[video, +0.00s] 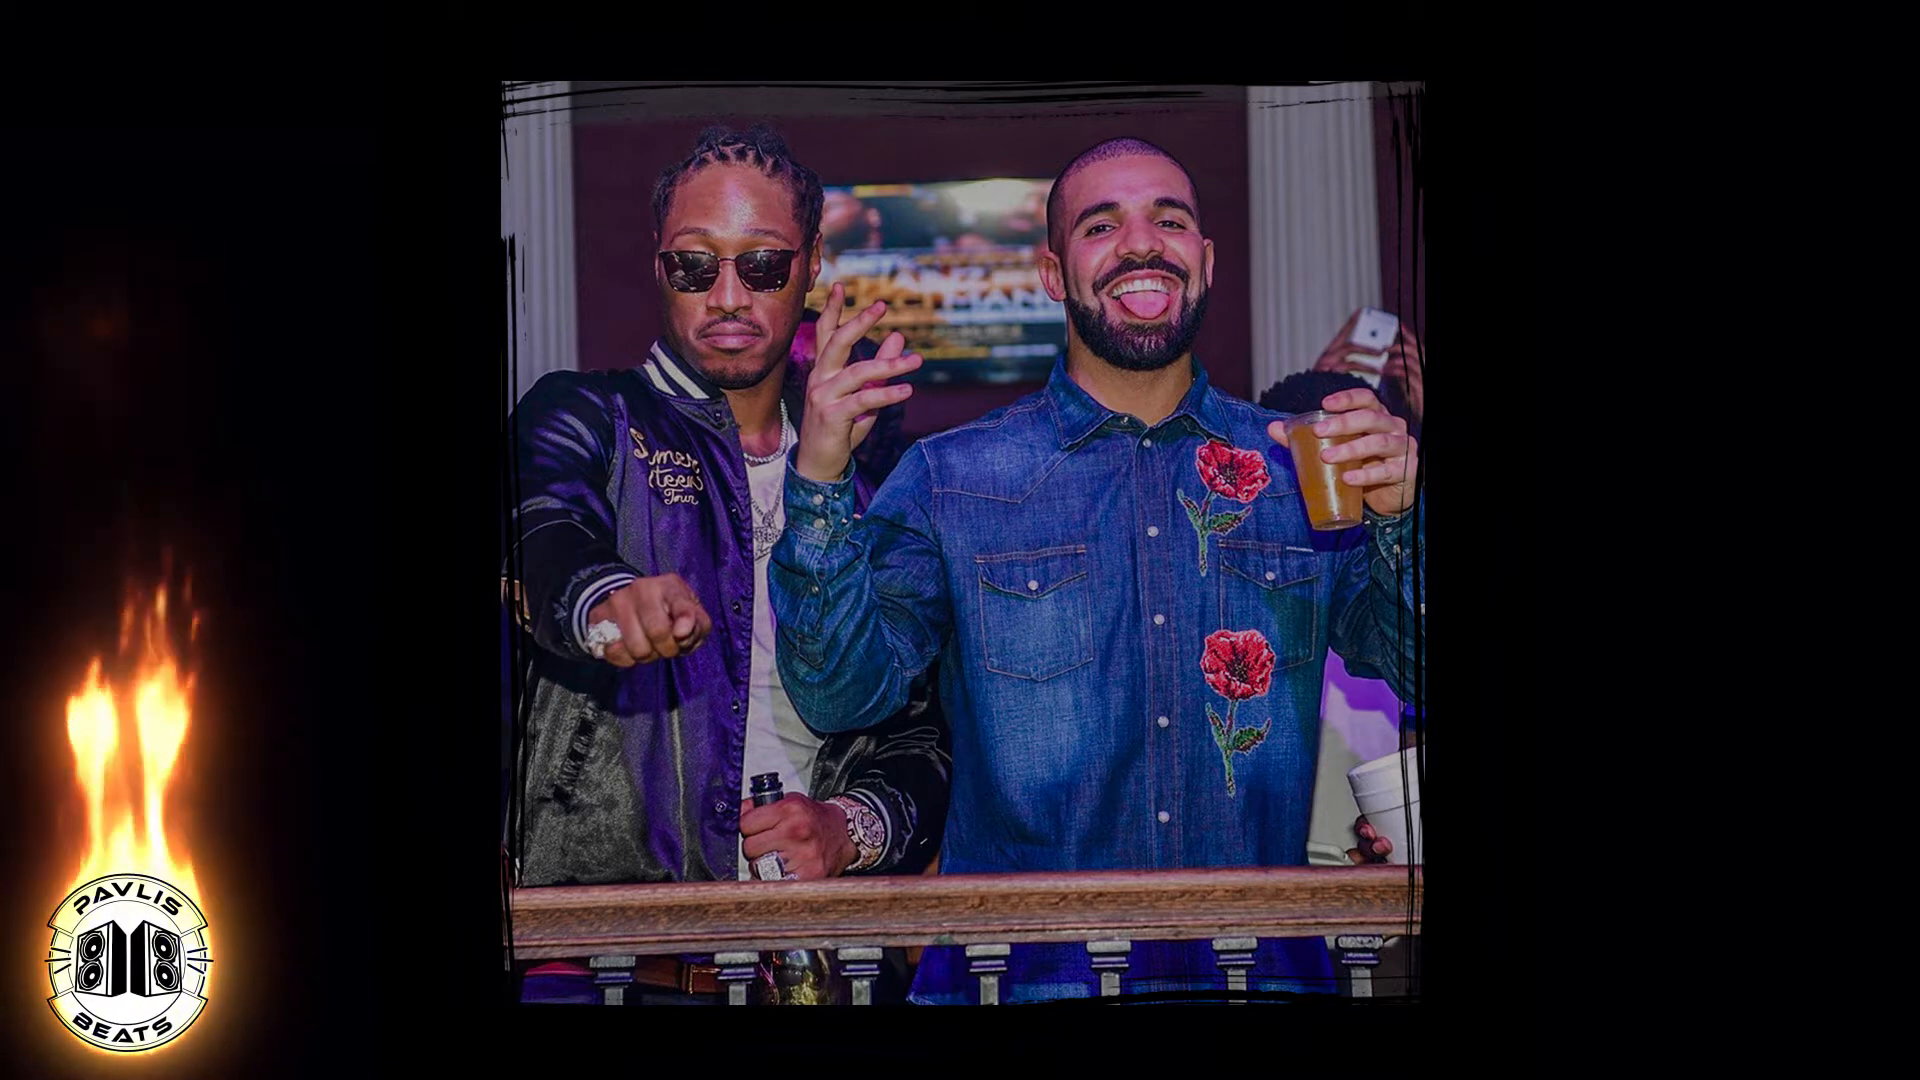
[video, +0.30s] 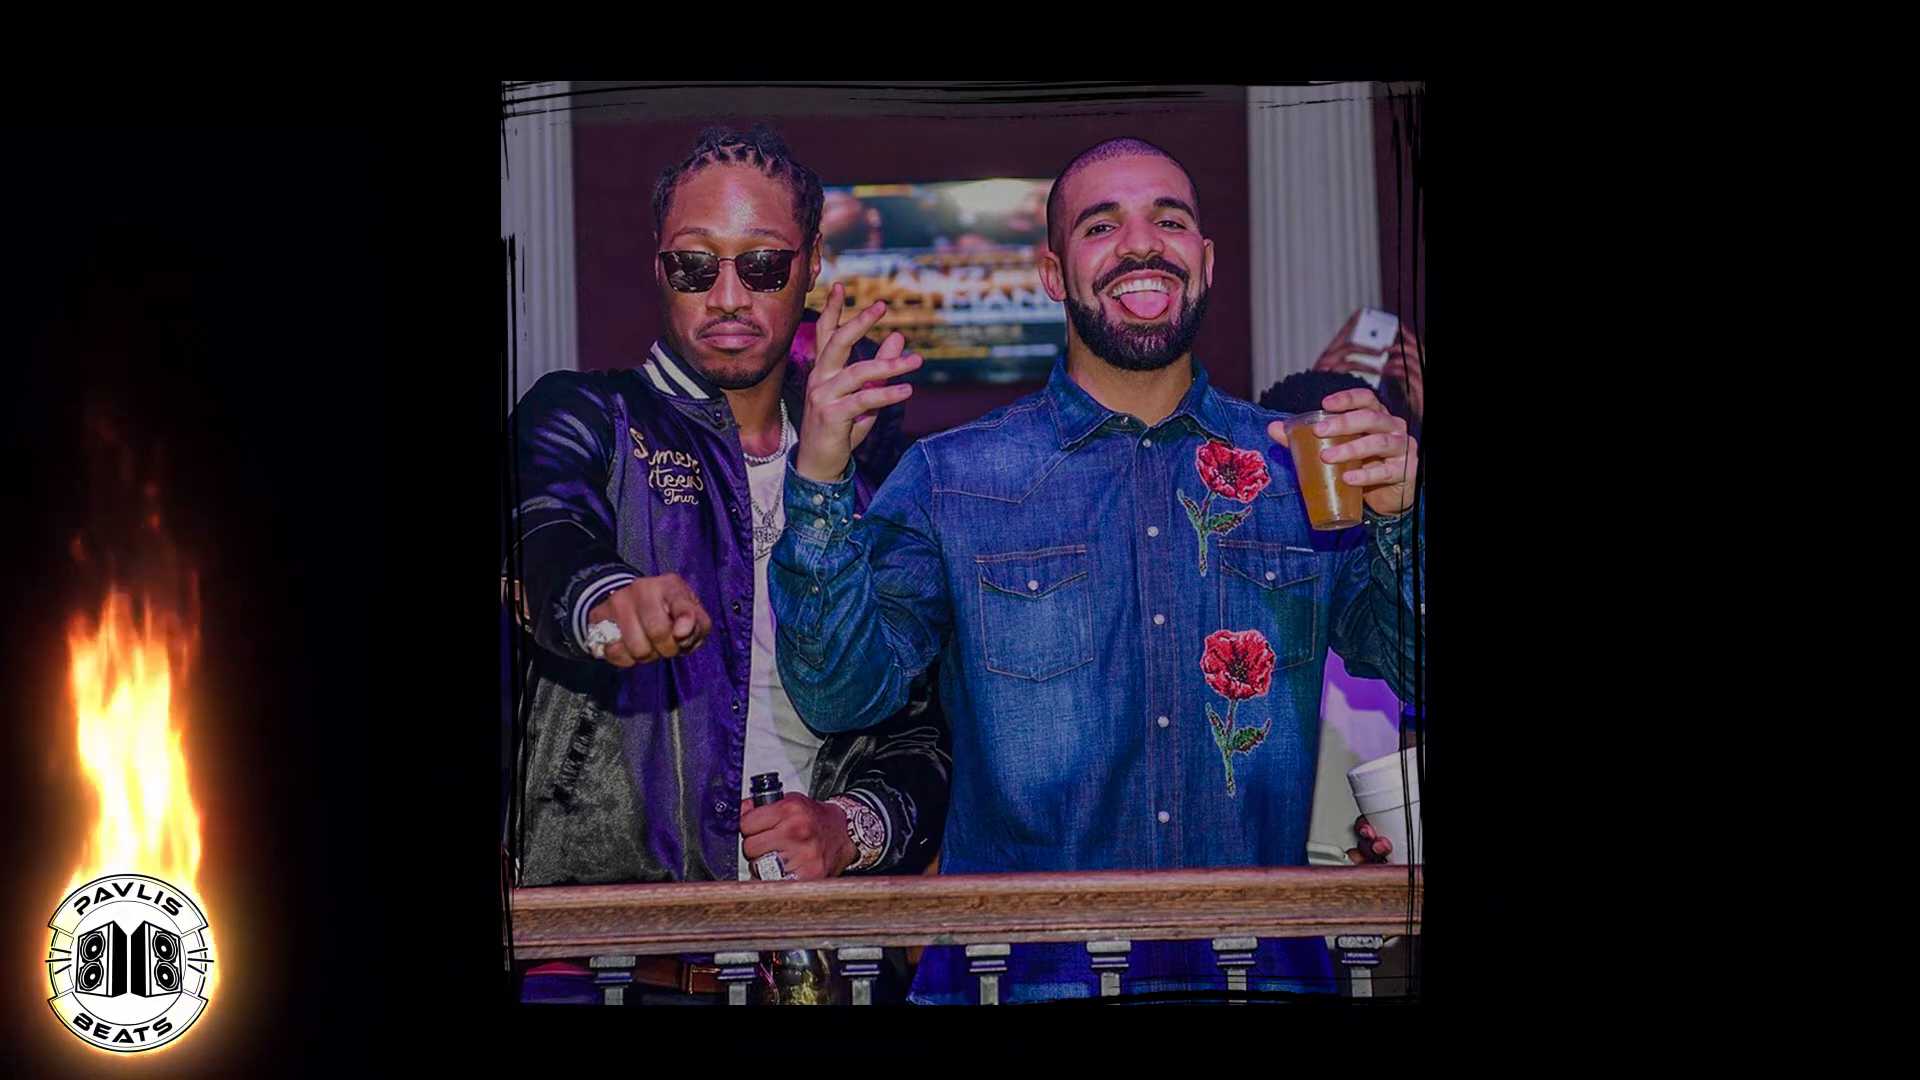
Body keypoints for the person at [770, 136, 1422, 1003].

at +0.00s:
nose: (1142, 242)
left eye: (1170, 219)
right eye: (1102, 225)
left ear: (1207, 259)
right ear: (1055, 273)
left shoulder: (1304, 469)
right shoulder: (945, 478)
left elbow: (1413, 673)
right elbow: (840, 692)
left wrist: (1402, 516)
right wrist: (818, 475)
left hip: (1255, 955)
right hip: (1022, 963)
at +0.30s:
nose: (1142, 242)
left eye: (1170, 219)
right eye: (1102, 225)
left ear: (1207, 259)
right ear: (1055, 273)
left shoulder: (1304, 469)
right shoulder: (945, 478)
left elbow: (1413, 673)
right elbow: (840, 692)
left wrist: (1402, 516)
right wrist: (818, 475)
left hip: (1255, 955)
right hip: (1022, 963)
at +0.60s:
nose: (1142, 242)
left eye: (1170, 219)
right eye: (1102, 225)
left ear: (1207, 259)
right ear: (1055, 273)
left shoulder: (1304, 469)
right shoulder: (945, 478)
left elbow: (1413, 673)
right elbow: (840, 692)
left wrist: (1402, 516)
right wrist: (818, 475)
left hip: (1255, 955)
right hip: (1022, 963)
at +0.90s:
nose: (1142, 242)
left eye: (1170, 219)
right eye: (1102, 225)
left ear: (1207, 259)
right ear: (1055, 273)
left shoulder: (1304, 469)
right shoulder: (945, 478)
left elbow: (1413, 673)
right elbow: (840, 692)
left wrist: (1402, 516)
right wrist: (818, 475)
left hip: (1255, 955)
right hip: (1022, 963)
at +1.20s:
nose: (1141, 242)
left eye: (1170, 219)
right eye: (1102, 225)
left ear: (1208, 259)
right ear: (1054, 273)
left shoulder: (1305, 469)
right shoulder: (945, 479)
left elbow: (1410, 670)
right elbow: (840, 692)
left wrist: (1402, 515)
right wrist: (818, 477)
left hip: (1256, 954)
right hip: (1022, 962)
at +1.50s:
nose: (1142, 242)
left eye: (1170, 219)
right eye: (1102, 225)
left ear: (1207, 259)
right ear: (1055, 273)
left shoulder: (1304, 469)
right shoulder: (945, 478)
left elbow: (1413, 673)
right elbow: (840, 692)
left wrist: (1402, 516)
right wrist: (818, 475)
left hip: (1255, 955)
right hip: (1022, 963)